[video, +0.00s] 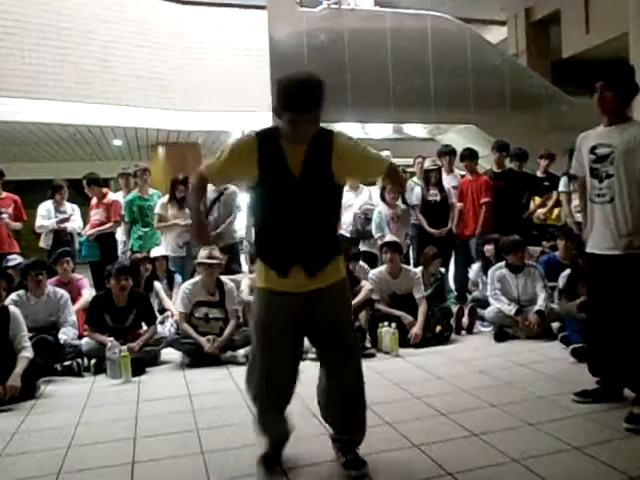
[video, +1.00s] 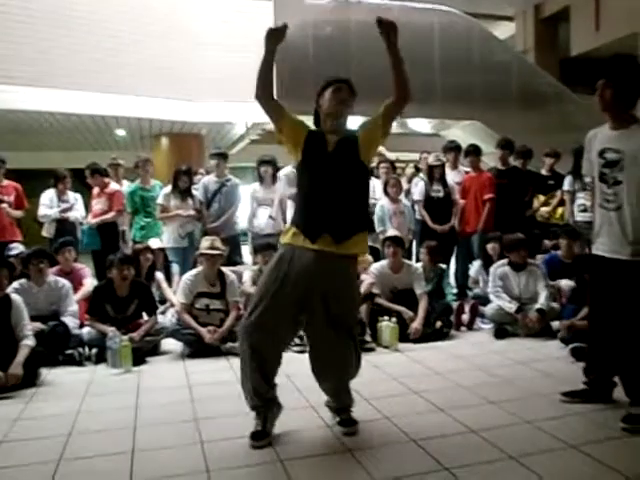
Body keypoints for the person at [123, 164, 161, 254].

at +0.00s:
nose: (144, 178)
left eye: (146, 175)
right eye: (141, 175)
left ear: (150, 177)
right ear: (135, 179)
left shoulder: (157, 196)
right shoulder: (129, 200)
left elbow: (161, 218)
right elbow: (127, 223)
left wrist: (164, 239)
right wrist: (128, 246)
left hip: (155, 240)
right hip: (138, 241)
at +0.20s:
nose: (145, 180)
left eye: (147, 176)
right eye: (141, 177)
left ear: (150, 179)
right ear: (136, 181)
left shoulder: (157, 197)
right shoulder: (129, 202)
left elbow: (161, 220)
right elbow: (127, 225)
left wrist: (164, 241)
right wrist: (127, 246)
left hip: (156, 242)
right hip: (138, 243)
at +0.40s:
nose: (148, 179)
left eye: (150, 176)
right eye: (145, 176)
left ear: (154, 178)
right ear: (140, 180)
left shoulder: (161, 197)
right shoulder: (134, 200)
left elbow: (165, 219)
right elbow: (131, 223)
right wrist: (130, 242)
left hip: (159, 241)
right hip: (141, 242)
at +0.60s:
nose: (157, 179)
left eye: (158, 175)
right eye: (153, 175)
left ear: (161, 177)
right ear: (147, 178)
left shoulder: (166, 194)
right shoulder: (140, 196)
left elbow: (171, 214)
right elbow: (138, 218)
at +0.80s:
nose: (153, 170)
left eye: (155, 167)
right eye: (150, 168)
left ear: (159, 169)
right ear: (145, 171)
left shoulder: (166, 188)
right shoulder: (138, 191)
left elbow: (169, 210)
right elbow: (136, 213)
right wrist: (134, 232)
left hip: (163, 232)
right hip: (146, 232)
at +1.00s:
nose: (146, 169)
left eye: (148, 166)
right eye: (142, 166)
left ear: (152, 168)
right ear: (137, 170)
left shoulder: (159, 187)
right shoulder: (132, 190)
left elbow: (163, 208)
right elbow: (129, 213)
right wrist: (127, 233)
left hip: (157, 230)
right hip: (139, 231)